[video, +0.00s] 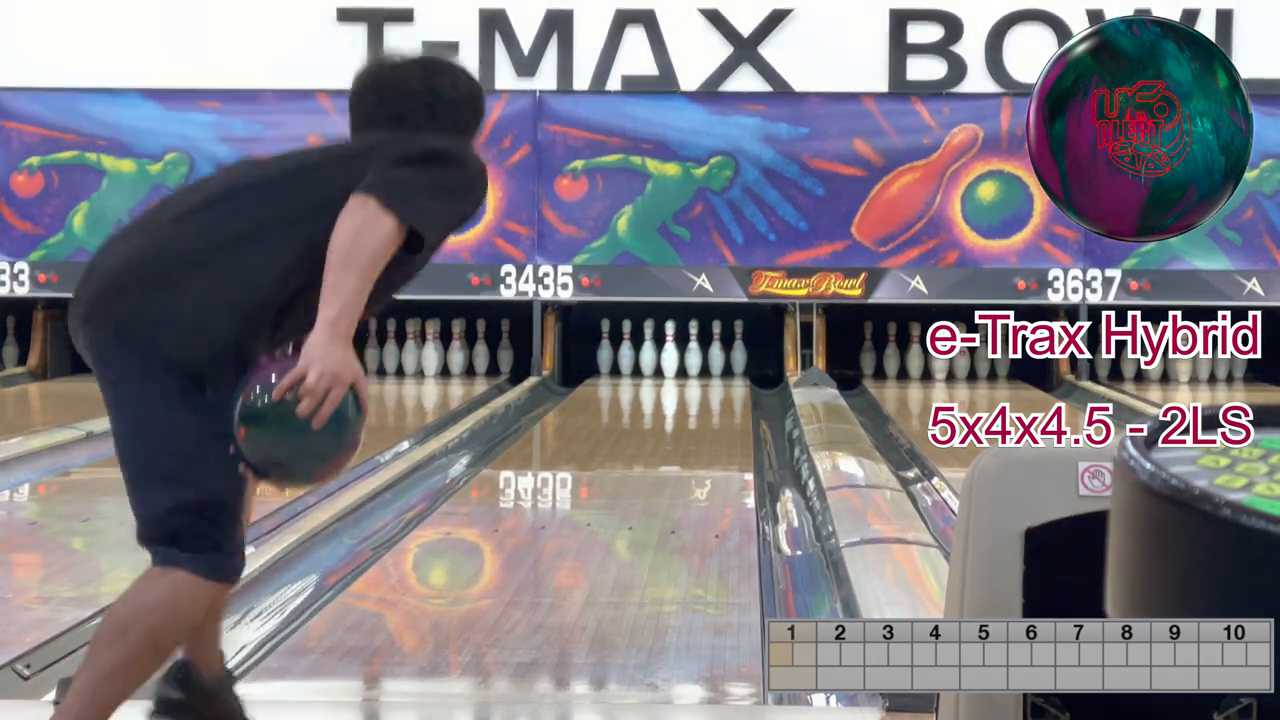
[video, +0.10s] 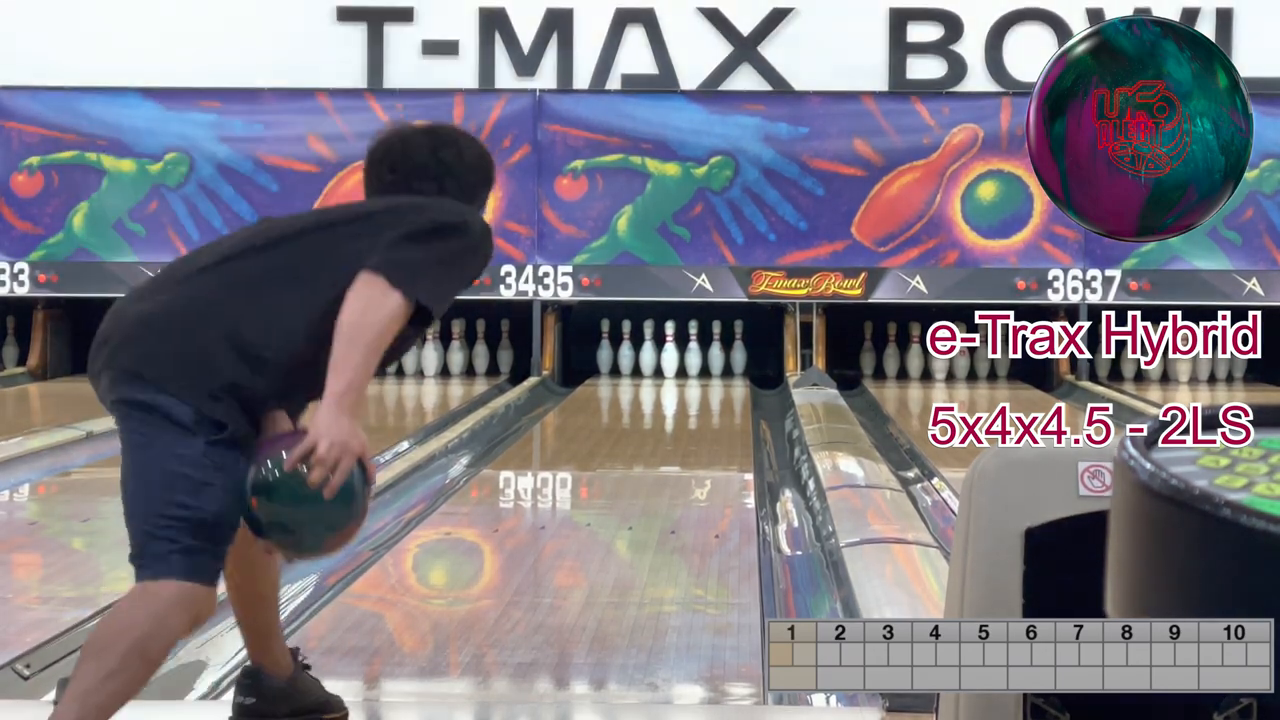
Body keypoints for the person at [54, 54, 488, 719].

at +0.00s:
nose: (479, 141)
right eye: (477, 126)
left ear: (375, 116)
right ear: (461, 123)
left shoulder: (346, 166)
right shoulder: (445, 163)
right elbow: (379, 209)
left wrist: (260, 417)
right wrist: (333, 335)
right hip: (156, 315)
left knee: (223, 485)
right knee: (200, 559)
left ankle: (203, 679)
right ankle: (73, 712)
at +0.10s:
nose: (486, 216)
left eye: (485, 204)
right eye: (485, 203)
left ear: (377, 188)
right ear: (470, 198)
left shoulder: (337, 226)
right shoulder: (456, 227)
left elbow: (255, 327)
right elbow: (383, 284)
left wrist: (277, 441)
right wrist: (340, 410)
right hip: (181, 364)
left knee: (252, 508)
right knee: (180, 589)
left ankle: (274, 678)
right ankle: (69, 711)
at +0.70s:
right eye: (456, 73)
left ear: (366, 75)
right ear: (451, 81)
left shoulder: (310, 125)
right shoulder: (458, 127)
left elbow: (200, 244)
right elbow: (546, 131)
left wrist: (200, 314)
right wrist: (487, 69)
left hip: (219, 267)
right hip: (313, 264)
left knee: (286, 472)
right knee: (273, 444)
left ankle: (314, 672)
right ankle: (101, 454)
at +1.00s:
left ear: (353, 14)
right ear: (433, 17)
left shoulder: (293, 74)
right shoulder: (453, 62)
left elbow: (195, 199)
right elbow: (542, 62)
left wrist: (203, 269)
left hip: (227, 251)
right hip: (324, 247)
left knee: (280, 464)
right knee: (286, 446)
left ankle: (313, 671)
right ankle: (137, 566)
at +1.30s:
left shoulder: (264, 16)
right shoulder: (431, 9)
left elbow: (183, 140)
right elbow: (541, 52)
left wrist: (199, 241)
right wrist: (507, 4)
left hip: (223, 247)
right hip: (321, 241)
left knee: (276, 469)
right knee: (320, 456)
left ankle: (310, 670)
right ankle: (201, 637)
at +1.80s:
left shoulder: (212, 3)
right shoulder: (403, 3)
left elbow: (171, 133)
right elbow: (453, 135)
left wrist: (179, 258)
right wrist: (487, 146)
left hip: (222, 248)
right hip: (333, 246)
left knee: (265, 472)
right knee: (319, 478)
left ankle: (302, 652)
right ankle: (270, 697)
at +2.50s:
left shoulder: (179, 2)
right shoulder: (388, 3)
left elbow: (145, 123)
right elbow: (411, 130)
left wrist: (152, 250)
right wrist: (433, 260)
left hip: (199, 257)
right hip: (317, 267)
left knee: (203, 451)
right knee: (293, 482)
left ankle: (177, 670)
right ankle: (271, 695)